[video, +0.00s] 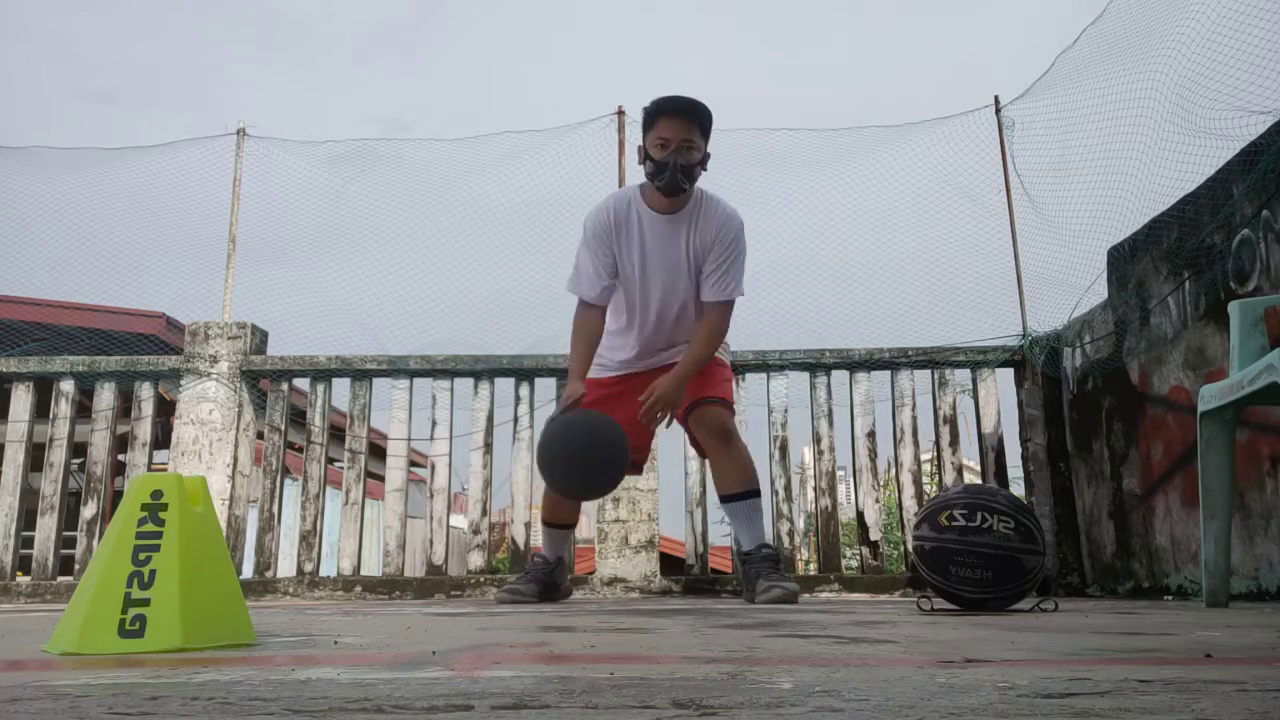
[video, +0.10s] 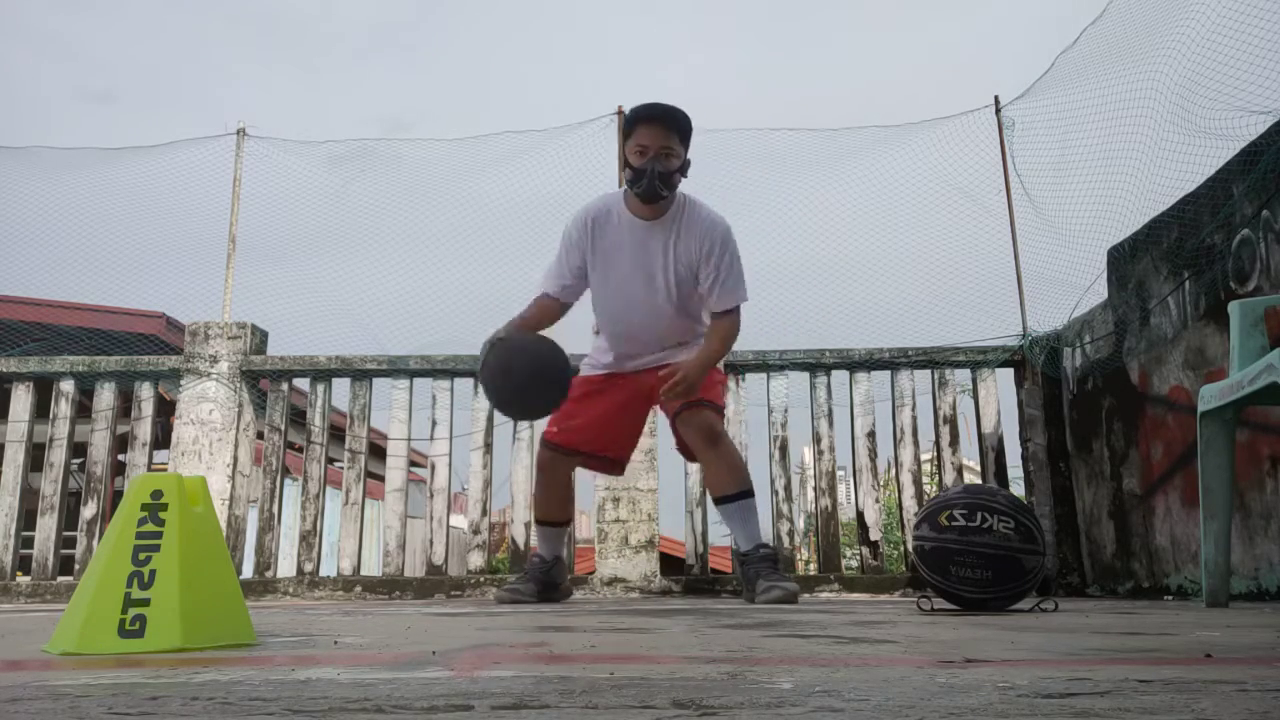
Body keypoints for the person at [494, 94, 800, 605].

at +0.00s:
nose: (674, 161)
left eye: (687, 150)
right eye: (662, 146)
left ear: (704, 157)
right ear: (642, 150)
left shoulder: (721, 224)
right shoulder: (608, 219)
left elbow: (716, 319)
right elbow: (590, 307)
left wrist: (679, 379)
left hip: (692, 359)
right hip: (618, 366)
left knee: (716, 427)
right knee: (571, 443)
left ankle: (758, 563)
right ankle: (550, 566)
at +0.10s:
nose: (650, 167)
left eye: (665, 156)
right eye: (640, 154)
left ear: (683, 163)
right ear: (623, 155)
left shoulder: (707, 230)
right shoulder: (592, 223)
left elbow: (726, 317)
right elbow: (557, 295)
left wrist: (700, 363)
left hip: (684, 360)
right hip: (610, 366)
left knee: (703, 429)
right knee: (553, 450)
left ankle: (756, 561)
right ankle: (549, 568)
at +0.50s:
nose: (718, 174)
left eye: (730, 164)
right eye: (706, 160)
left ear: (742, 174)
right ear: (681, 164)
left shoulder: (743, 246)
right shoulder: (636, 223)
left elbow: (745, 331)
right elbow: (615, 316)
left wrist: (759, 405)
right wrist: (665, 369)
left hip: (696, 362)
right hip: (622, 362)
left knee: (729, 426)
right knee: (571, 470)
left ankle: (757, 563)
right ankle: (547, 564)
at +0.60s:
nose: (733, 178)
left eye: (745, 168)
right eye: (721, 164)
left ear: (756, 176)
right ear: (695, 165)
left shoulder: (753, 241)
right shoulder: (650, 224)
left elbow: (771, 309)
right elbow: (628, 317)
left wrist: (811, 363)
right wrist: (691, 352)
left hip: (700, 364)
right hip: (626, 368)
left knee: (730, 424)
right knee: (588, 475)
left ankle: (759, 566)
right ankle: (549, 558)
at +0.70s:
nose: (731, 174)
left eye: (743, 164)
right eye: (719, 160)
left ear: (756, 170)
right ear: (695, 160)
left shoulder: (758, 236)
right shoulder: (653, 221)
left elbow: (791, 303)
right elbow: (646, 317)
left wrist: (842, 338)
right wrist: (709, 353)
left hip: (697, 359)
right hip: (627, 361)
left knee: (727, 424)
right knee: (592, 465)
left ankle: (759, 563)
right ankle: (549, 554)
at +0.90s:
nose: (688, 158)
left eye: (700, 148)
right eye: (677, 145)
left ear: (716, 155)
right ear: (656, 148)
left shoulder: (728, 221)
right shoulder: (620, 214)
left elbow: (723, 311)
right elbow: (629, 310)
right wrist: (649, 390)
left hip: (689, 355)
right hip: (618, 357)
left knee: (725, 430)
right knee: (571, 460)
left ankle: (761, 563)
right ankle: (542, 565)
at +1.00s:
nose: (659, 165)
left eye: (674, 154)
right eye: (648, 151)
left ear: (691, 161)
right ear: (630, 155)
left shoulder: (709, 227)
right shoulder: (598, 223)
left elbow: (708, 316)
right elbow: (577, 313)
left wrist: (689, 379)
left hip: (681, 362)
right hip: (607, 366)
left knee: (710, 426)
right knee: (556, 448)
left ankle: (758, 561)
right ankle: (541, 568)